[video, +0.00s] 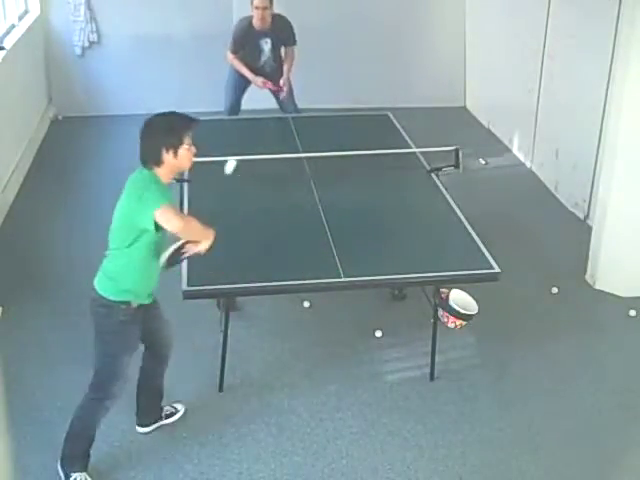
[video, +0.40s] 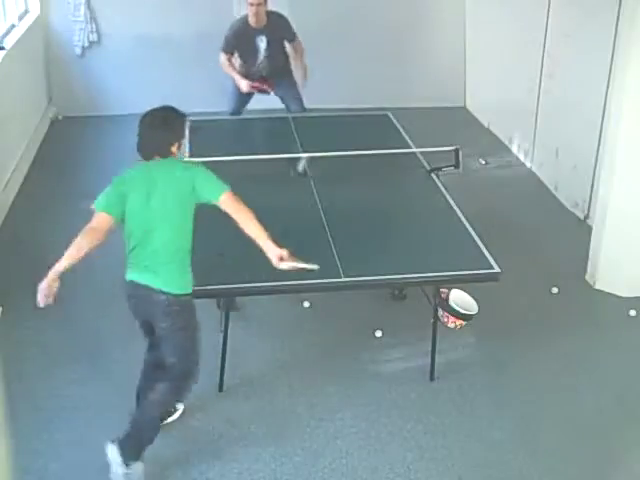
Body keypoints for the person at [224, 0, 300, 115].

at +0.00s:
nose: (261, 13)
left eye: (265, 9)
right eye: (257, 9)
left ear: (271, 9)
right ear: (252, 9)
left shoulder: (282, 24)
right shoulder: (243, 26)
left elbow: (289, 51)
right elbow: (231, 56)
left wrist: (286, 76)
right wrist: (253, 78)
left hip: (273, 70)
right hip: (245, 68)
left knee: (291, 110)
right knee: (230, 107)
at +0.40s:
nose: (255, 10)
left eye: (259, 5)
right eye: (251, 5)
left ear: (266, 6)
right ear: (247, 6)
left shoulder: (279, 21)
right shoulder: (237, 27)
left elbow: (295, 43)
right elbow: (224, 59)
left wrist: (300, 64)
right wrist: (240, 81)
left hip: (278, 76)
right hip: (248, 76)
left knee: (298, 112)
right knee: (232, 113)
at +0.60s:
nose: (294, 12)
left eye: (297, 7)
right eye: (290, 7)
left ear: (302, 9)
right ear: (282, 8)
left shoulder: (308, 24)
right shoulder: (270, 29)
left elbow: (319, 45)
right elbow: (261, 69)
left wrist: (338, 62)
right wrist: (287, 80)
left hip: (301, 81)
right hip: (272, 82)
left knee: (319, 117)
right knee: (248, 114)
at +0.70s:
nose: (317, 11)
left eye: (321, 7)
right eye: (313, 7)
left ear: (326, 9)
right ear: (306, 6)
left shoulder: (329, 21)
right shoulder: (294, 27)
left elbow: (336, 45)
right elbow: (289, 69)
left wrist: (366, 60)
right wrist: (322, 81)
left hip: (318, 82)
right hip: (289, 82)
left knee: (336, 121)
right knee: (264, 120)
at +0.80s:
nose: (336, 6)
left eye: (339, 3)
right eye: (332, 3)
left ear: (343, 5)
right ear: (324, 3)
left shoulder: (345, 16)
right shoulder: (313, 22)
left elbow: (353, 38)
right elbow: (311, 65)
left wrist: (382, 50)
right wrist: (341, 81)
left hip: (329, 80)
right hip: (299, 78)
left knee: (342, 117)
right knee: (276, 117)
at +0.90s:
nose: (346, 4)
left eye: (349, 1)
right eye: (343, 1)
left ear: (353, 2)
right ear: (334, 0)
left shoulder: (356, 9)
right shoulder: (320, 12)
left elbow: (365, 29)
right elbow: (312, 55)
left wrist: (395, 37)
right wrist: (339, 73)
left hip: (337, 74)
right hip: (308, 72)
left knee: (346, 117)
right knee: (288, 113)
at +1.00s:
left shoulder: (365, 6)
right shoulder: (322, 5)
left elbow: (379, 24)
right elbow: (303, 35)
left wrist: (410, 33)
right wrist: (310, 46)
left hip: (343, 70)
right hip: (315, 66)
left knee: (347, 117)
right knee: (296, 112)